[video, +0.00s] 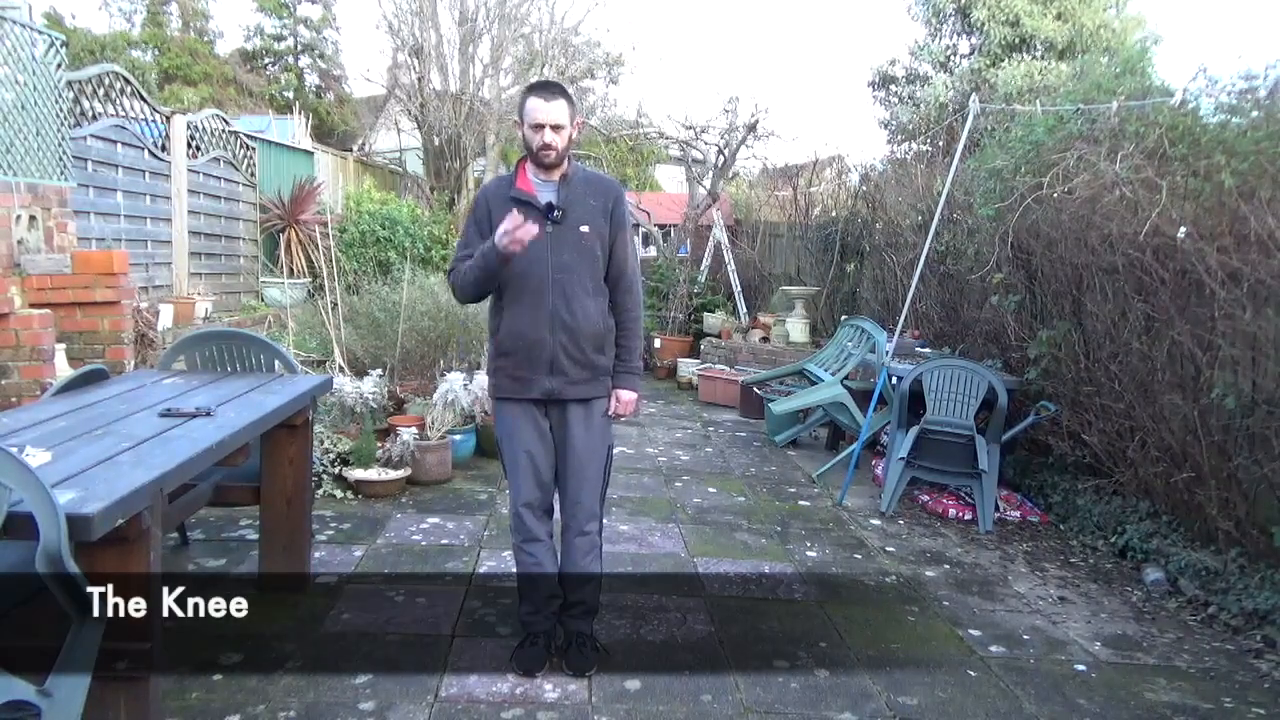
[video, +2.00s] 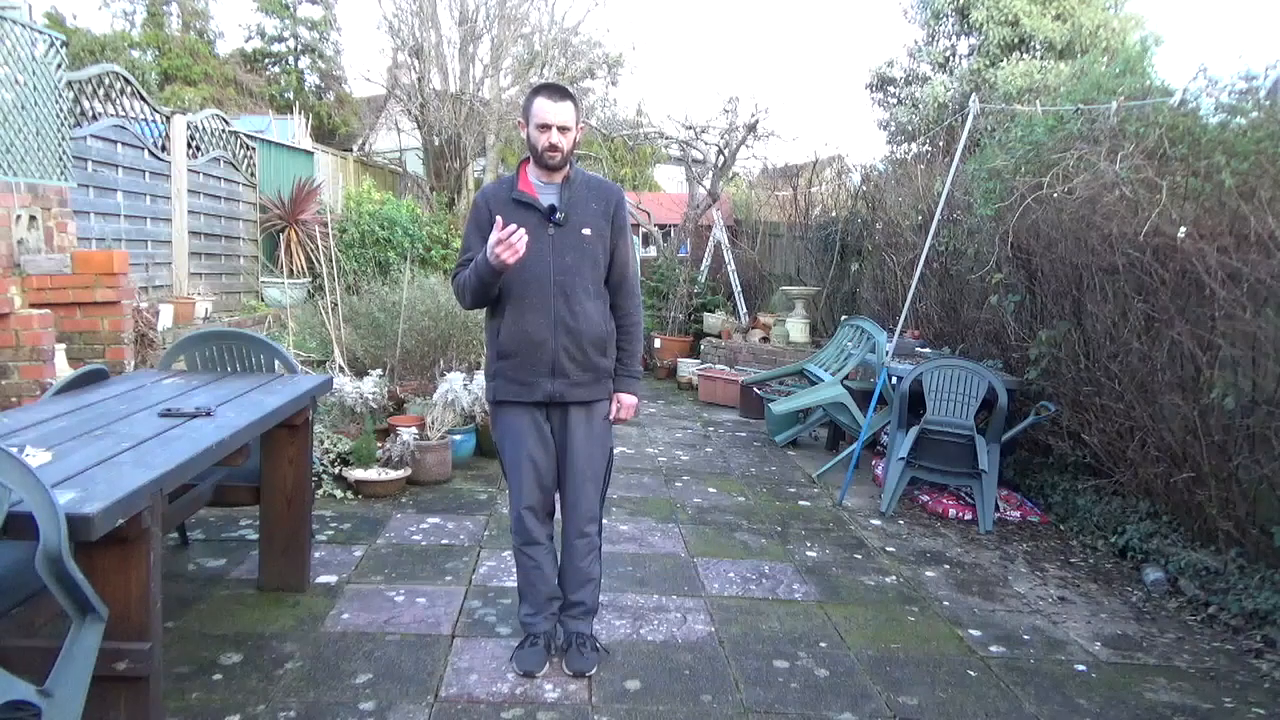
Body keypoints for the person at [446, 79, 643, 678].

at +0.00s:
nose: (547, 138)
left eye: (557, 127)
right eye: (537, 127)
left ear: (574, 129)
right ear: (522, 129)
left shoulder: (605, 194)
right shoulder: (493, 196)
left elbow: (627, 290)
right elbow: (464, 286)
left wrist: (628, 374)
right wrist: (500, 248)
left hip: (589, 376)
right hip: (516, 377)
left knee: (584, 509)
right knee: (529, 506)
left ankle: (579, 631)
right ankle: (535, 632)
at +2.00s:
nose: (554, 138)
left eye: (564, 129)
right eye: (544, 128)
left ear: (578, 132)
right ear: (526, 130)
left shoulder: (607, 198)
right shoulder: (493, 199)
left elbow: (626, 295)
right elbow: (467, 293)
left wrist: (628, 377)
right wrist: (493, 263)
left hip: (591, 380)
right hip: (517, 381)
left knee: (583, 513)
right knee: (528, 513)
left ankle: (580, 627)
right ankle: (536, 629)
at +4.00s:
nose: (535, 141)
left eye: (544, 130)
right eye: (524, 132)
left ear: (563, 130)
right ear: (510, 135)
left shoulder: (599, 195)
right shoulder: (486, 200)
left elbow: (621, 292)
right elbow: (465, 296)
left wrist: (625, 375)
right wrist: (483, 261)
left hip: (586, 378)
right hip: (512, 380)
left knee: (582, 512)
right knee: (526, 513)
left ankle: (580, 625)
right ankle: (535, 627)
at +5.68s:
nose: (537, 139)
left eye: (546, 129)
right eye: (526, 130)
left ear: (564, 129)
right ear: (512, 133)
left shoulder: (597, 195)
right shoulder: (485, 200)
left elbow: (618, 290)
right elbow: (466, 284)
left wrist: (622, 373)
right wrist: (471, 348)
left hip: (585, 378)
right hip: (511, 381)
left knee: (581, 512)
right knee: (525, 513)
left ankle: (580, 626)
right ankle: (536, 628)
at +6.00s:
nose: (544, 139)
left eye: (553, 129)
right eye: (534, 128)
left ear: (566, 133)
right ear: (515, 130)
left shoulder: (593, 194)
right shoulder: (481, 199)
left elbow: (615, 290)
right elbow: (462, 295)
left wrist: (620, 371)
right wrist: (464, 379)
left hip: (583, 377)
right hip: (508, 379)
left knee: (581, 510)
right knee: (525, 510)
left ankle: (580, 624)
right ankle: (536, 626)